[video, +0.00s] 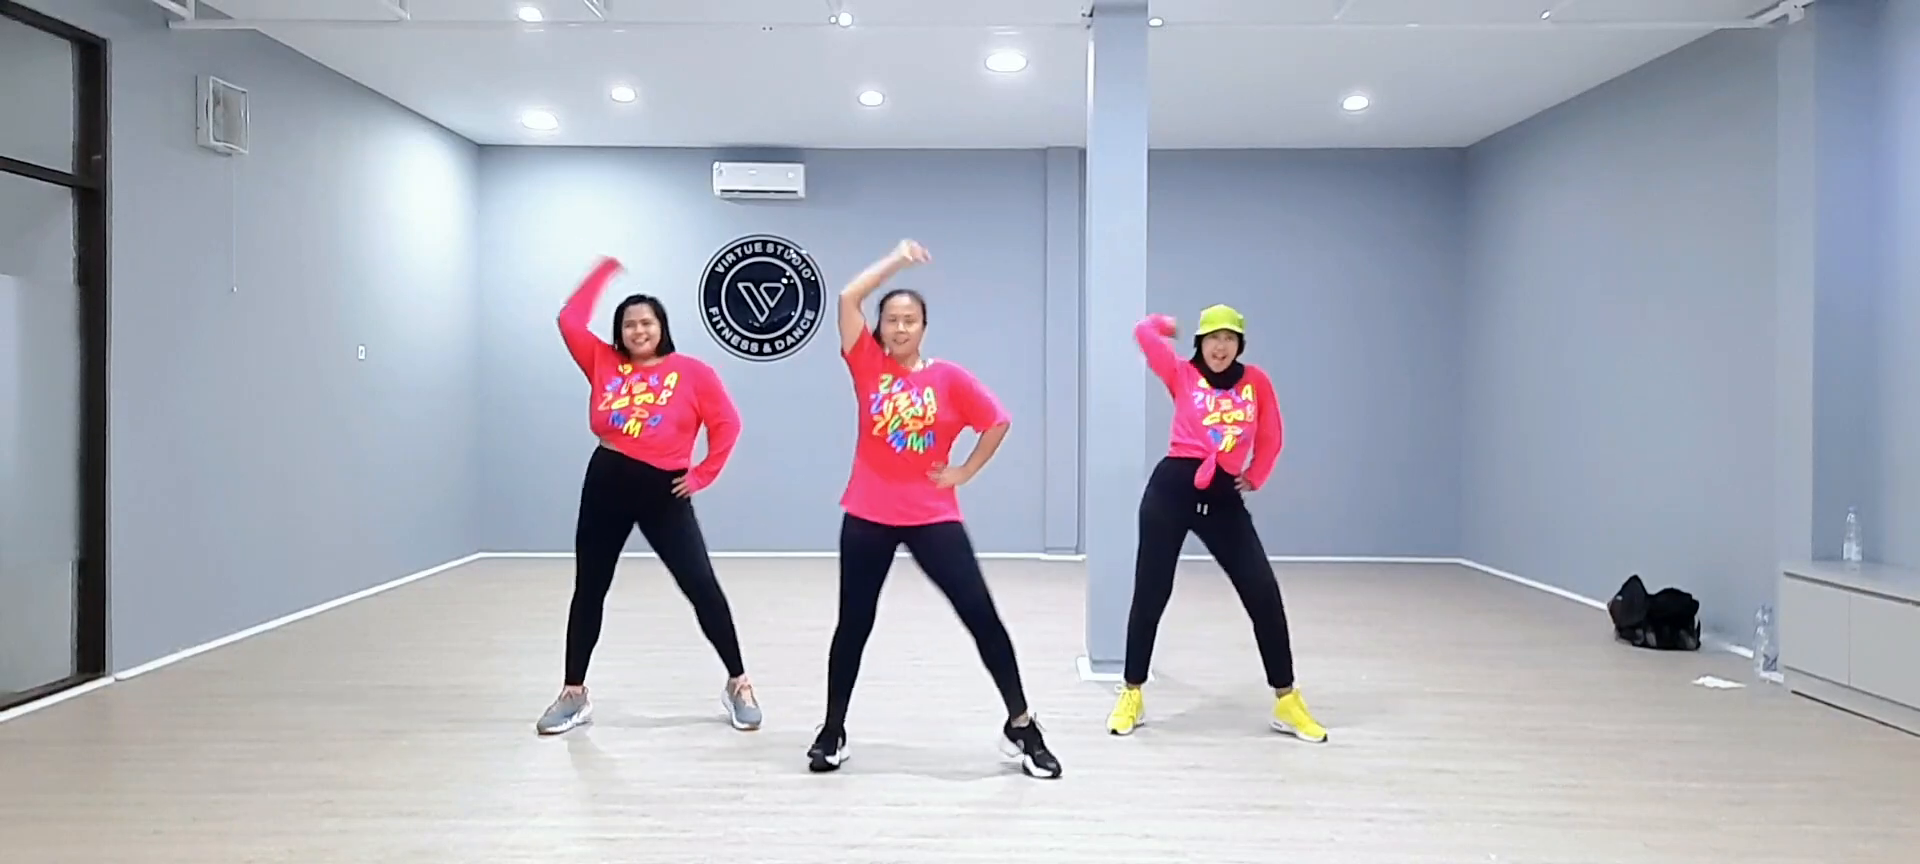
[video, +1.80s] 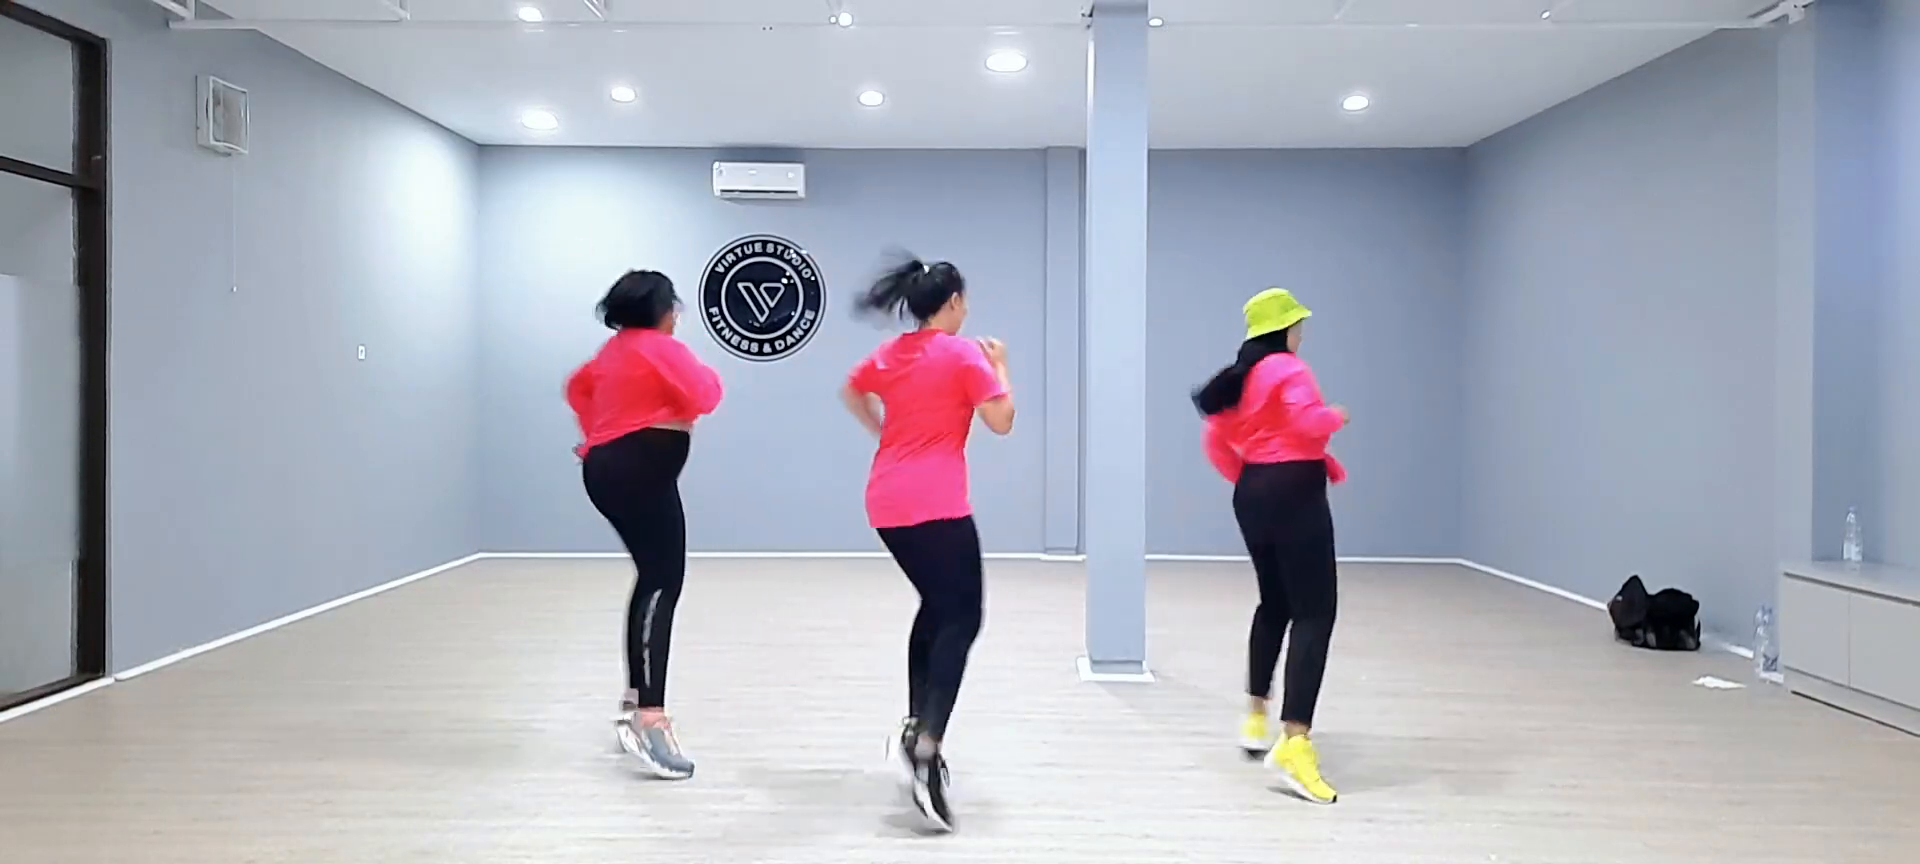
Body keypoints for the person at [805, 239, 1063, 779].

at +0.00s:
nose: (900, 327)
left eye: (910, 320)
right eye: (893, 320)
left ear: (924, 328)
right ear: (880, 328)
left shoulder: (947, 378)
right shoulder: (869, 367)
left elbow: (998, 423)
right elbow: (849, 299)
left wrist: (963, 472)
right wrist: (895, 259)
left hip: (932, 515)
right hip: (868, 513)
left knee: (982, 617)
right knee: (853, 623)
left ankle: (1020, 723)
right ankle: (832, 729)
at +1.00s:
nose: (922, 304)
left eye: (931, 296)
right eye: (913, 296)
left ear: (943, 303)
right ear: (897, 302)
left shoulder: (964, 352)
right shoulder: (882, 348)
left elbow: (998, 393)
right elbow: (881, 334)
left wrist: (1006, 454)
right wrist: (877, 273)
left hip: (950, 492)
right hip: (889, 489)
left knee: (960, 604)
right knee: (881, 602)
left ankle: (943, 705)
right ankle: (874, 658)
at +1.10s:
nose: (942, 323)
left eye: (948, 315)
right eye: (932, 315)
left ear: (955, 324)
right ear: (909, 323)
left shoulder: (970, 381)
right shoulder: (891, 371)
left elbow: (991, 446)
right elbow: (898, 428)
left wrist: (1013, 500)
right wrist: (928, 379)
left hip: (960, 523)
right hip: (902, 521)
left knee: (955, 631)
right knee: (908, 637)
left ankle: (935, 723)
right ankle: (893, 613)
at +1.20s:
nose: (944, 328)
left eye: (953, 321)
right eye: (934, 320)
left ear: (963, 328)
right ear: (917, 327)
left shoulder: (974, 389)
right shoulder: (898, 379)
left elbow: (986, 457)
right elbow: (894, 445)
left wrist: (997, 511)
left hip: (964, 524)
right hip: (909, 521)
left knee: (961, 628)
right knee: (934, 617)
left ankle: (936, 721)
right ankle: (898, 641)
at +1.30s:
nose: (946, 310)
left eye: (955, 302)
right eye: (937, 303)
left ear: (968, 309)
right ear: (921, 310)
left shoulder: (978, 367)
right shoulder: (902, 364)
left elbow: (992, 425)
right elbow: (871, 429)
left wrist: (988, 446)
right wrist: (926, 464)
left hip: (964, 502)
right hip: (913, 500)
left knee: (964, 613)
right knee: (942, 601)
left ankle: (941, 712)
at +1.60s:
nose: (972, 334)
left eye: (973, 326)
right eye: (961, 326)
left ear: (967, 337)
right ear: (929, 336)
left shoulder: (962, 393)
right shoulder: (920, 394)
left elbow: (952, 458)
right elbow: (909, 467)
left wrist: (984, 476)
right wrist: (963, 512)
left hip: (940, 531)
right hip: (910, 536)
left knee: (973, 638)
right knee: (956, 646)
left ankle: (932, 725)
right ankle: (909, 784)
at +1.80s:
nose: (966, 309)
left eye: (963, 300)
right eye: (964, 300)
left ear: (917, 305)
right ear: (953, 302)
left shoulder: (892, 351)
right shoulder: (962, 354)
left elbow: (851, 390)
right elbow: (1001, 421)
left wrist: (883, 431)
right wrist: (1001, 367)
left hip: (887, 504)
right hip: (939, 504)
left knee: (933, 604)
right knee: (963, 617)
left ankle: (917, 724)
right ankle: (929, 745)